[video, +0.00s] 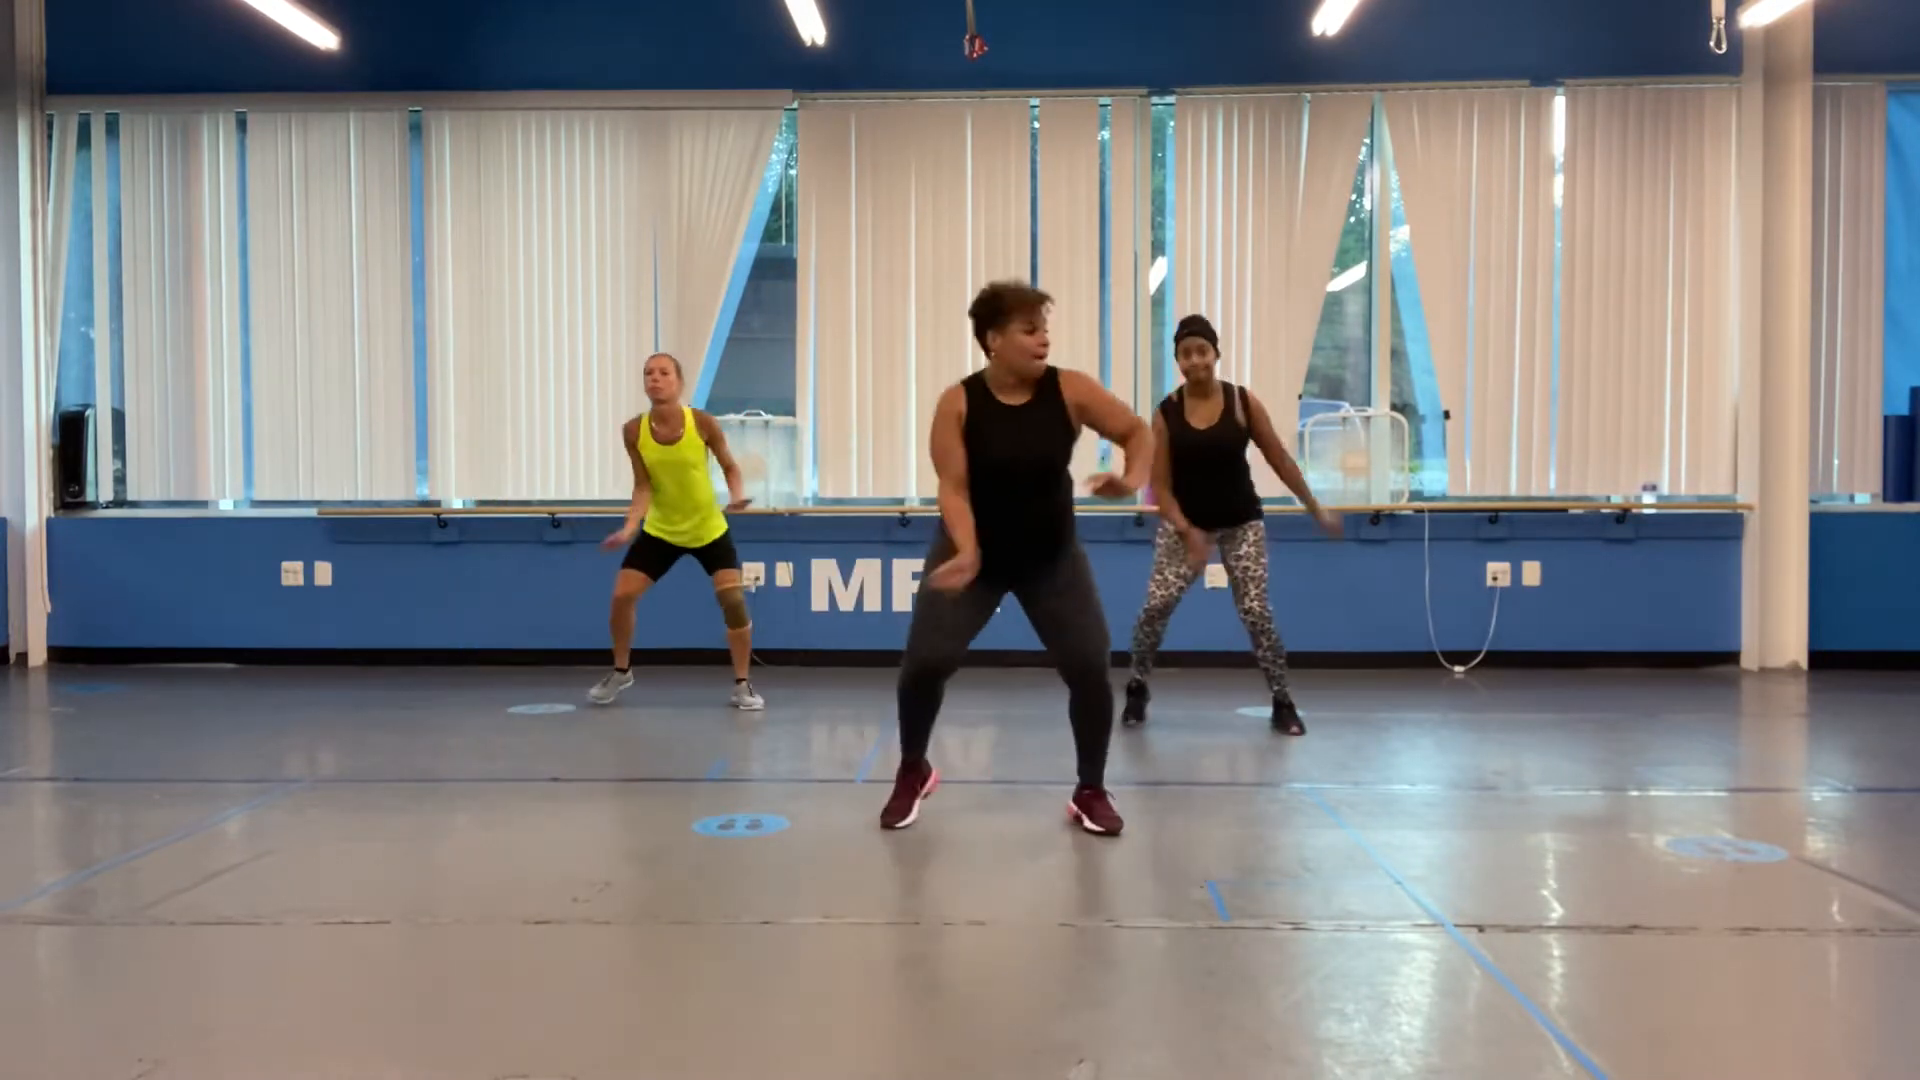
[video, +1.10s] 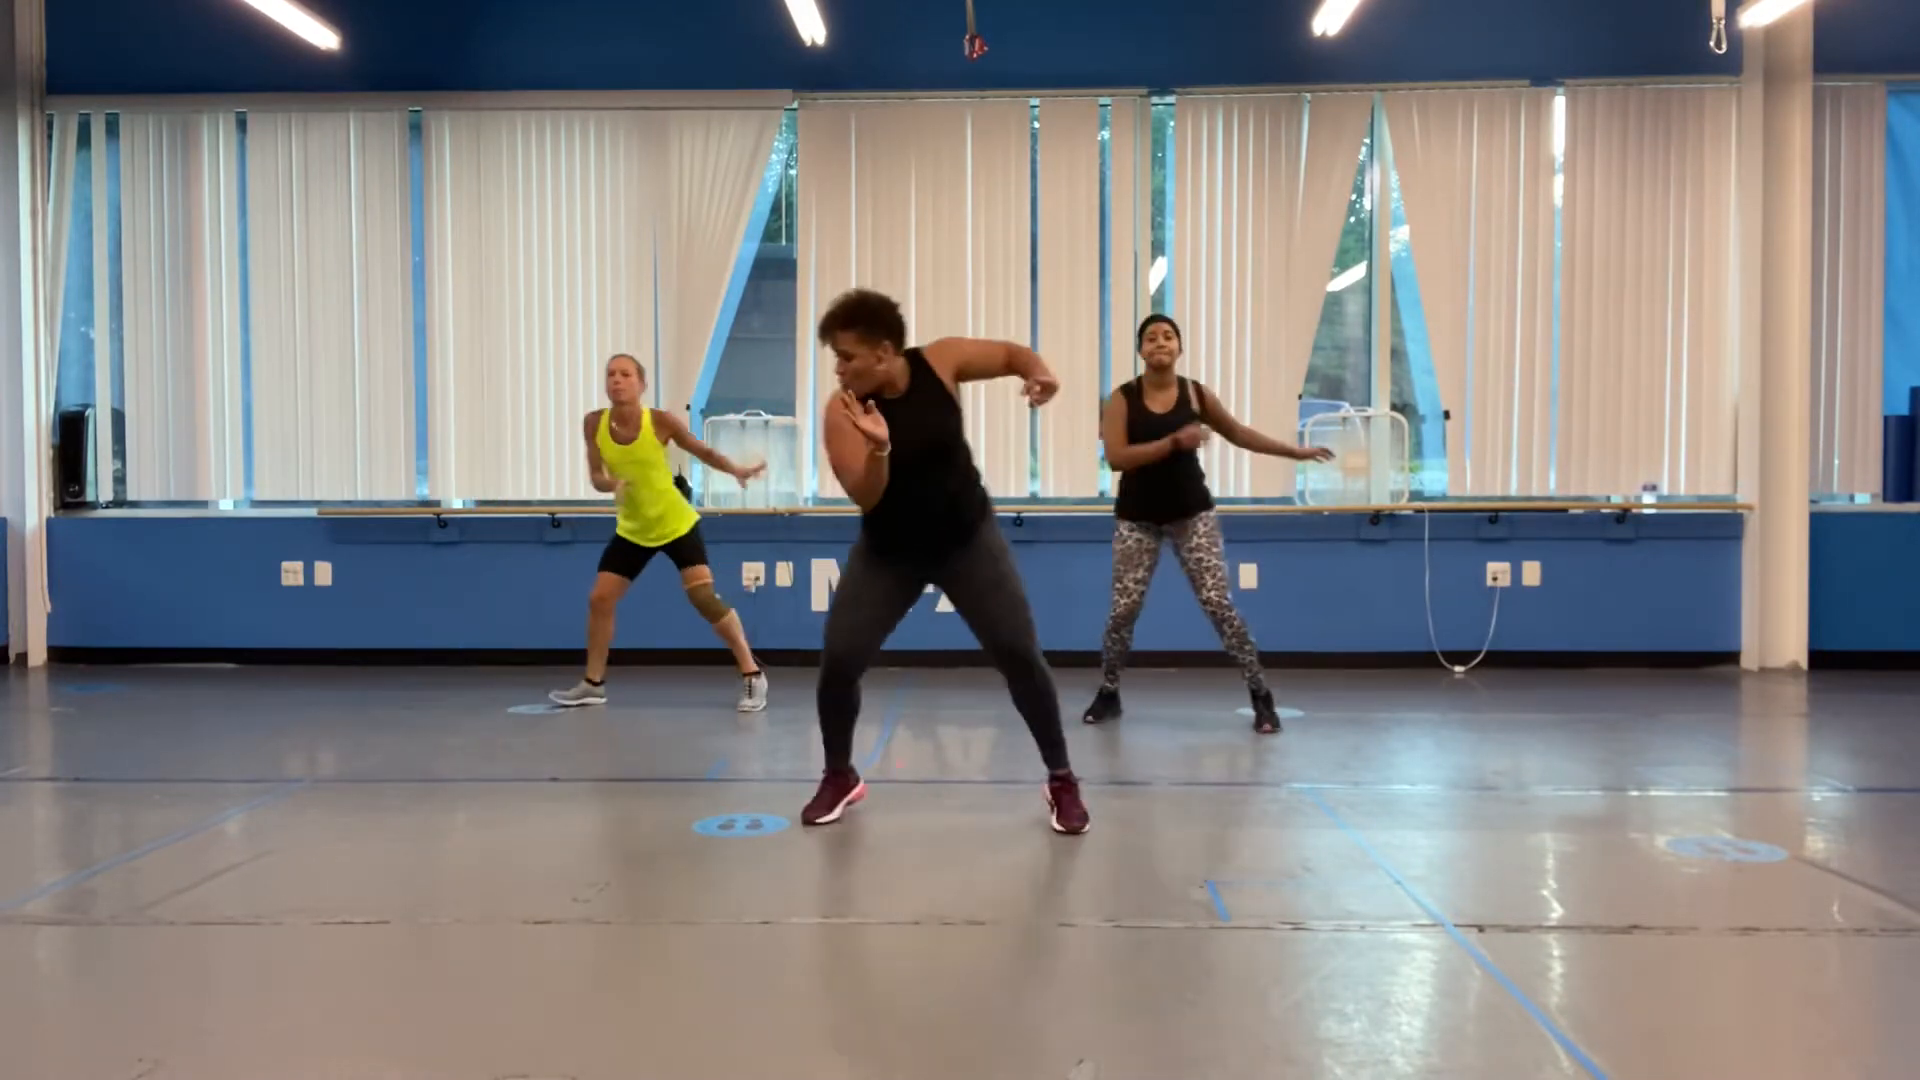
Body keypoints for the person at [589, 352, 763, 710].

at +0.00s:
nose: (656, 379)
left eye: (664, 373)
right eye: (650, 374)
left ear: (680, 383)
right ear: (644, 385)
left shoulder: (703, 423)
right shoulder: (634, 431)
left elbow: (729, 466)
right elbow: (642, 485)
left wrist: (737, 496)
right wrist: (630, 526)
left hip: (707, 527)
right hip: (661, 529)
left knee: (732, 600)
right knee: (622, 595)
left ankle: (742, 684)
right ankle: (621, 672)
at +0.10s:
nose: (643, 373)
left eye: (651, 367)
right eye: (637, 368)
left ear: (667, 378)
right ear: (630, 378)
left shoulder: (687, 416)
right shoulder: (619, 419)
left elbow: (721, 449)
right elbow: (621, 474)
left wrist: (762, 475)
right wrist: (646, 488)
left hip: (694, 519)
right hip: (649, 523)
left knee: (720, 593)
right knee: (617, 593)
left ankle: (756, 675)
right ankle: (605, 678)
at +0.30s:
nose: (624, 386)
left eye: (632, 380)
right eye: (619, 381)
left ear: (648, 390)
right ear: (612, 390)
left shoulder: (667, 427)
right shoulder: (599, 425)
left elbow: (701, 453)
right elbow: (577, 476)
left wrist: (748, 466)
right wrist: (620, 452)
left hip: (668, 529)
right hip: (623, 530)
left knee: (687, 601)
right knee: (591, 601)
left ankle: (716, 659)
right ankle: (600, 685)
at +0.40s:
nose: (626, 386)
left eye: (634, 380)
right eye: (620, 381)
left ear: (650, 390)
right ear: (614, 391)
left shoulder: (671, 432)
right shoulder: (600, 429)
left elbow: (687, 475)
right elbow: (571, 481)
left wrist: (719, 498)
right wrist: (610, 473)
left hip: (665, 531)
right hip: (619, 531)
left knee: (681, 608)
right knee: (588, 600)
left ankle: (686, 673)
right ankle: (599, 685)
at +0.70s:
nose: (663, 388)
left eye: (670, 381)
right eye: (656, 384)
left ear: (687, 388)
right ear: (650, 395)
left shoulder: (711, 423)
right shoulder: (645, 430)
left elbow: (728, 474)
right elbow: (610, 452)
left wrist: (674, 469)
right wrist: (574, 474)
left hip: (698, 530)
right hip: (652, 528)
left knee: (729, 597)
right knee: (619, 605)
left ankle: (740, 685)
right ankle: (584, 668)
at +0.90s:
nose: (656, 388)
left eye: (663, 381)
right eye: (649, 383)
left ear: (678, 389)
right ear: (643, 394)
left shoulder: (704, 427)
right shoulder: (637, 438)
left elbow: (734, 478)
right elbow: (641, 493)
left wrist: (710, 500)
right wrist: (599, 514)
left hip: (705, 530)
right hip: (659, 532)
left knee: (733, 599)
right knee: (625, 602)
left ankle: (740, 685)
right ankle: (627, 677)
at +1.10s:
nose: (616, 380)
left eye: (625, 375)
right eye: (611, 375)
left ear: (641, 385)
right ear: (605, 386)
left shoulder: (662, 421)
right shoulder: (595, 423)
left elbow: (703, 452)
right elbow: (597, 478)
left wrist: (736, 471)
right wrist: (613, 484)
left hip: (674, 522)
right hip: (632, 527)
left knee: (704, 598)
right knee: (600, 599)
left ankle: (753, 676)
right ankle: (592, 684)